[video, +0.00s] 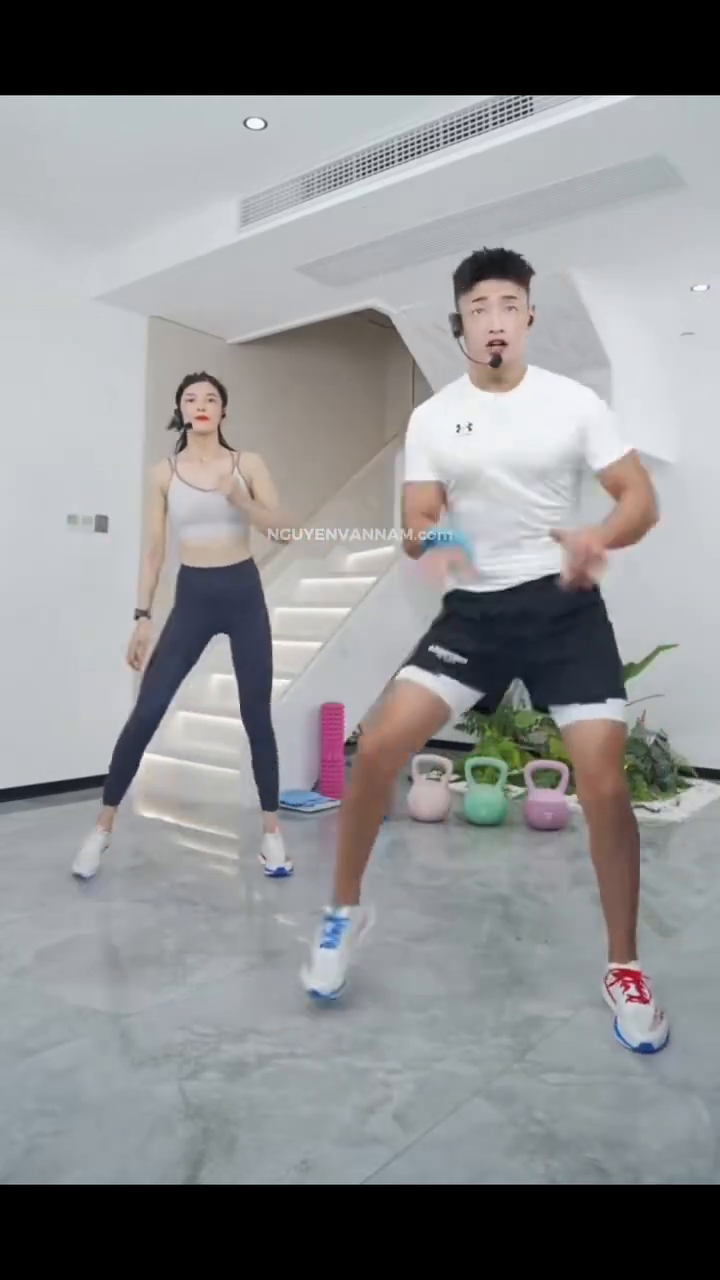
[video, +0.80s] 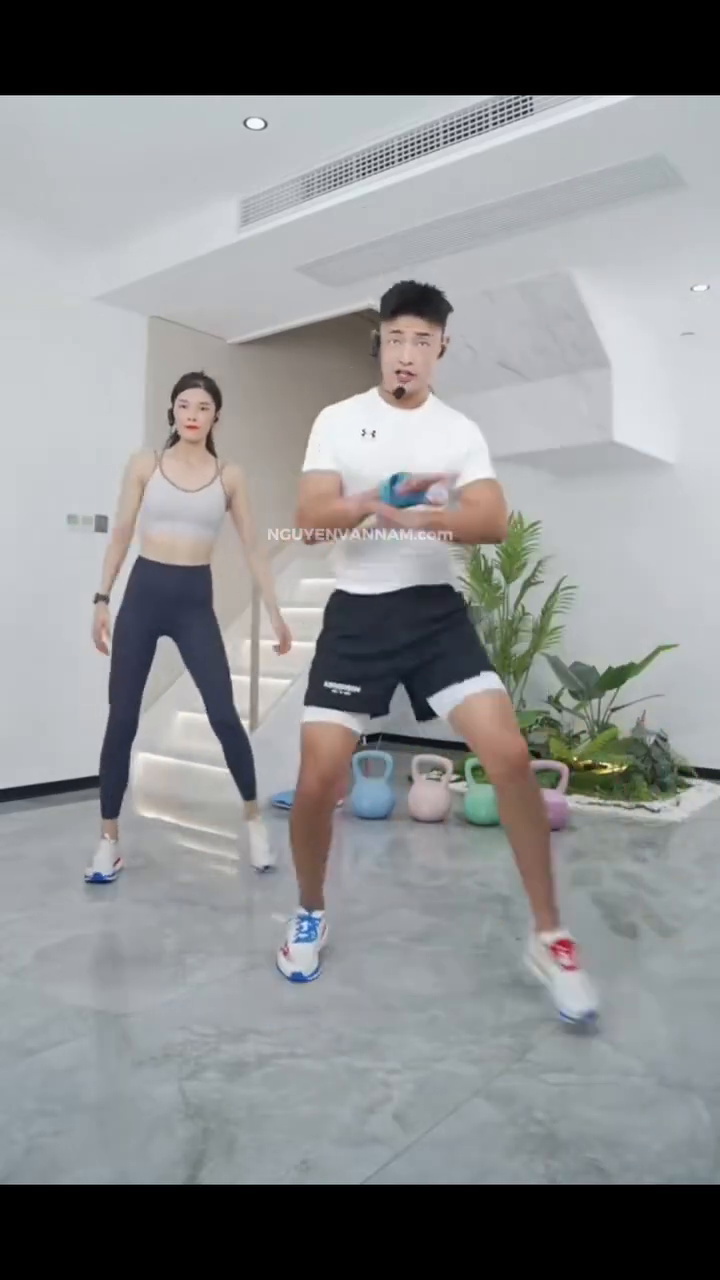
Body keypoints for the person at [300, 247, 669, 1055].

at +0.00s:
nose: (495, 321)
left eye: (509, 306)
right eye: (480, 309)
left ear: (531, 319)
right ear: (459, 325)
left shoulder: (573, 404)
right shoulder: (432, 418)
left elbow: (642, 499)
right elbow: (418, 521)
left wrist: (603, 538)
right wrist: (430, 545)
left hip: (565, 609)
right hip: (473, 613)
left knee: (603, 785)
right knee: (375, 746)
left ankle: (624, 968)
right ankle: (343, 909)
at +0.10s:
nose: (509, 329)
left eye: (523, 313)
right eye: (493, 315)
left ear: (546, 319)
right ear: (472, 323)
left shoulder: (591, 399)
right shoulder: (440, 411)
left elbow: (655, 477)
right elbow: (423, 508)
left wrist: (624, 538)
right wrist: (434, 566)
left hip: (578, 602)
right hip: (482, 603)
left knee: (603, 774)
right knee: (424, 735)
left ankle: (623, 964)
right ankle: (410, 921)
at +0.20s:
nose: (527, 352)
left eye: (543, 336)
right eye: (512, 335)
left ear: (563, 337)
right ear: (488, 337)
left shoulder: (598, 413)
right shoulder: (447, 419)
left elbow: (655, 466)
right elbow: (428, 488)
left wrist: (644, 533)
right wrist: (427, 550)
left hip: (584, 613)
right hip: (491, 617)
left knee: (610, 787)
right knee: (475, 770)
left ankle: (625, 969)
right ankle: (507, 966)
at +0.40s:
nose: (519, 348)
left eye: (533, 333)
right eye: (504, 333)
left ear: (554, 339)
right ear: (483, 339)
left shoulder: (589, 424)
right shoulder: (445, 425)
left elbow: (652, 508)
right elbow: (415, 509)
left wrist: (624, 544)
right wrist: (417, 543)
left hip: (563, 619)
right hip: (471, 618)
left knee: (598, 787)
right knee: (408, 737)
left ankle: (624, 970)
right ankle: (438, 926)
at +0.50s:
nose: (491, 328)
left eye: (506, 313)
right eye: (477, 314)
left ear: (528, 321)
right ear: (459, 322)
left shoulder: (562, 403)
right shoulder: (426, 409)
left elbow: (612, 506)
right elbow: (393, 514)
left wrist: (552, 514)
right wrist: (434, 489)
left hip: (535, 609)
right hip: (445, 606)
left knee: (581, 782)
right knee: (367, 739)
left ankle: (620, 966)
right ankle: (359, 901)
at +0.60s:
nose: (458, 331)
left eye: (471, 317)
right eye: (445, 318)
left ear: (495, 324)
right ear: (427, 330)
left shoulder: (528, 404)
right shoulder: (403, 412)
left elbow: (561, 502)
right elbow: (376, 511)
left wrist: (464, 480)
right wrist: (448, 453)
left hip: (504, 608)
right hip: (416, 607)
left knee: (556, 786)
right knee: (344, 771)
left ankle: (618, 967)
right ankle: (313, 903)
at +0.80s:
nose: (406, 354)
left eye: (421, 341)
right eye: (396, 339)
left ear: (442, 351)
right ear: (378, 346)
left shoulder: (460, 432)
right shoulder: (335, 424)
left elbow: (492, 521)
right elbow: (309, 517)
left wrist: (426, 518)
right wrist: (372, 504)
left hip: (439, 618)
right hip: (356, 621)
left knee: (511, 757)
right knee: (317, 779)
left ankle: (550, 936)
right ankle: (309, 915)